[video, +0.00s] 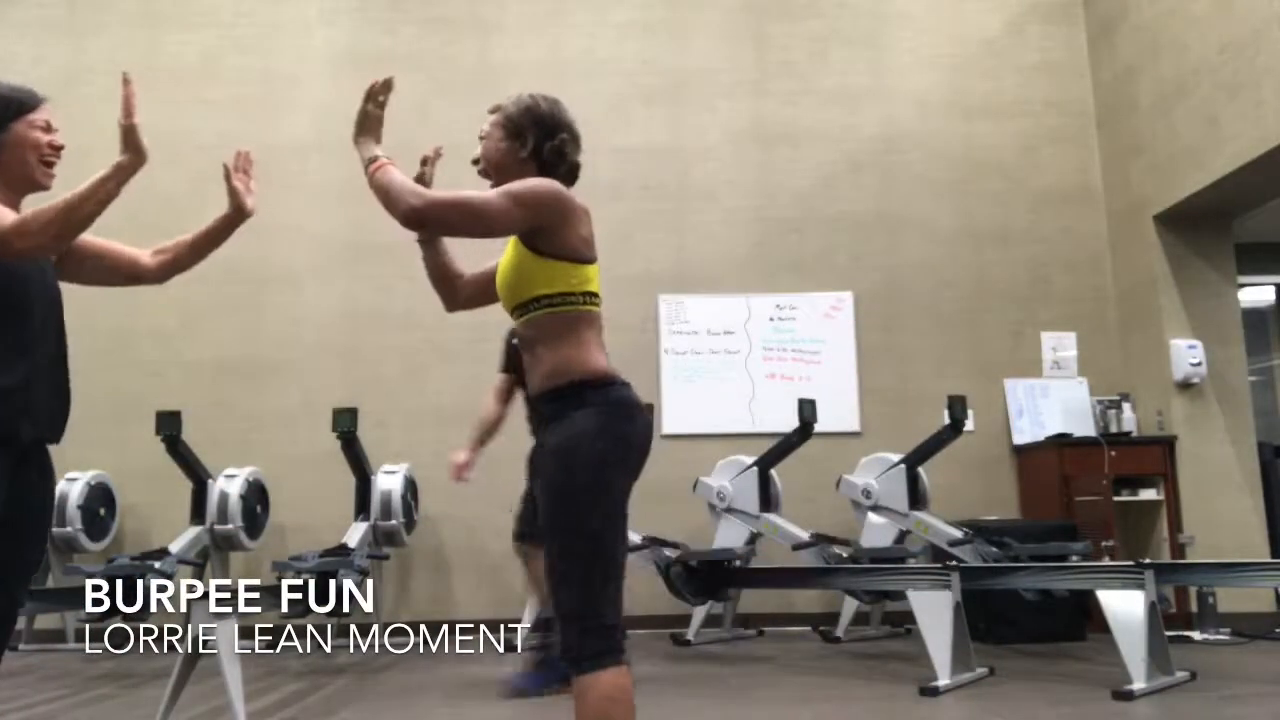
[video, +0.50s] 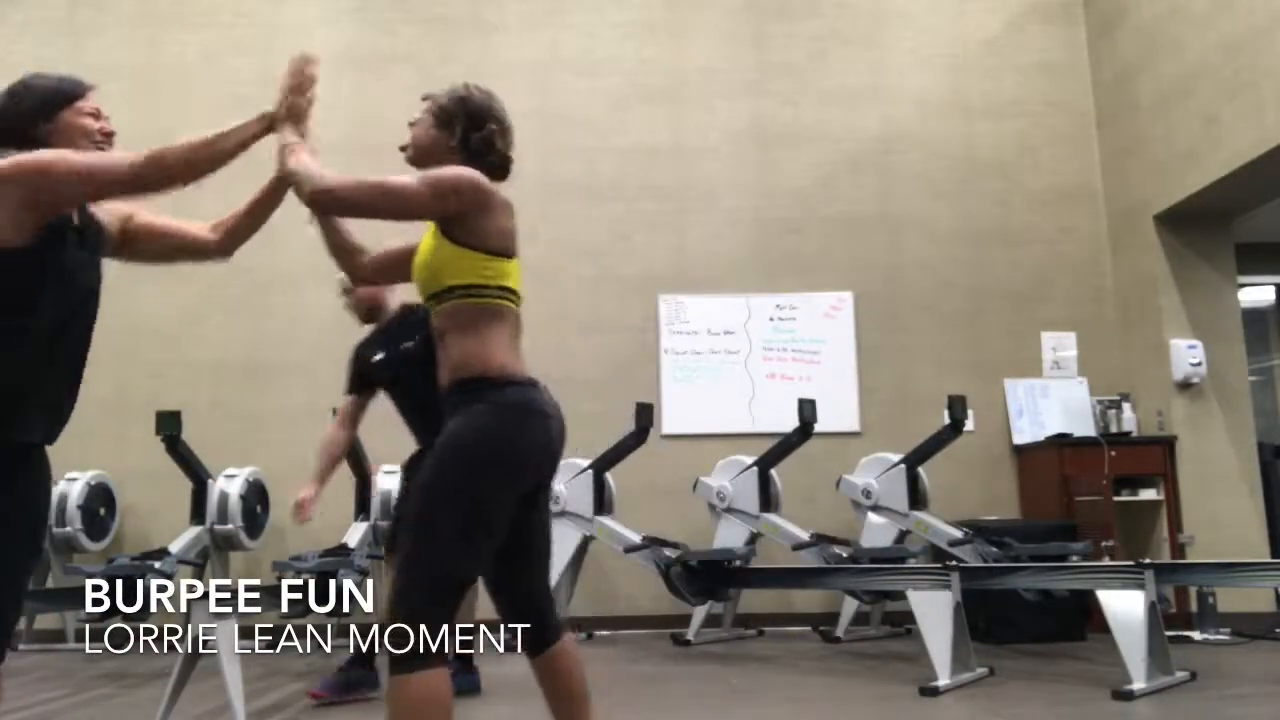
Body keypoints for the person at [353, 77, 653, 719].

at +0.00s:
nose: (480, 140)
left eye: (492, 129)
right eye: (486, 128)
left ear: (527, 143)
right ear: (526, 147)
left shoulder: (549, 197)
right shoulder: (535, 249)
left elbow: (417, 209)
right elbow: (456, 293)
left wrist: (369, 150)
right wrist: (426, 214)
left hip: (592, 422)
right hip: (572, 425)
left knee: (590, 640)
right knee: (584, 635)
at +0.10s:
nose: (475, 149)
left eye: (487, 137)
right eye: (480, 135)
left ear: (522, 148)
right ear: (518, 149)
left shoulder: (546, 201)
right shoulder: (525, 251)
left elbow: (417, 209)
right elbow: (454, 289)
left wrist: (366, 148)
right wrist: (431, 213)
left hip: (581, 426)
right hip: (565, 428)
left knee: (567, 639)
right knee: (581, 630)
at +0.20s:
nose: (465, 157)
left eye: (476, 145)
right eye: (469, 145)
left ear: (514, 153)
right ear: (511, 155)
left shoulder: (544, 208)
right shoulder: (516, 253)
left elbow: (418, 212)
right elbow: (439, 287)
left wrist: (373, 150)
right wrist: (417, 207)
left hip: (570, 425)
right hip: (567, 426)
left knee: (492, 602)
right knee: (575, 618)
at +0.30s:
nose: (448, 149)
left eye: (462, 137)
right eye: (454, 136)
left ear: (497, 149)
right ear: (495, 152)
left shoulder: (525, 208)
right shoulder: (494, 253)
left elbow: (401, 207)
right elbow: (414, 283)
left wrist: (372, 145)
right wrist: (395, 197)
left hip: (543, 429)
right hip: (551, 432)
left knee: (448, 613)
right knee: (572, 623)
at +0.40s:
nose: (432, 147)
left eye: (445, 137)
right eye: (436, 136)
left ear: (482, 150)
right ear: (477, 154)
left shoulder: (499, 205)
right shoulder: (469, 252)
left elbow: (366, 198)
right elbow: (391, 281)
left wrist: (350, 153)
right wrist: (376, 189)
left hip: (516, 431)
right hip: (528, 432)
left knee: (441, 619)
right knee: (561, 621)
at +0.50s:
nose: (409, 128)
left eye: (424, 118)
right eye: (417, 116)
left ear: (457, 134)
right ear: (454, 135)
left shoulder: (467, 190)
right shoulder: (450, 238)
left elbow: (323, 191)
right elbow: (360, 265)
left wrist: (294, 149)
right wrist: (316, 197)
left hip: (490, 422)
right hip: (514, 421)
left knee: (411, 623)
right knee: (531, 613)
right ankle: (578, 716)